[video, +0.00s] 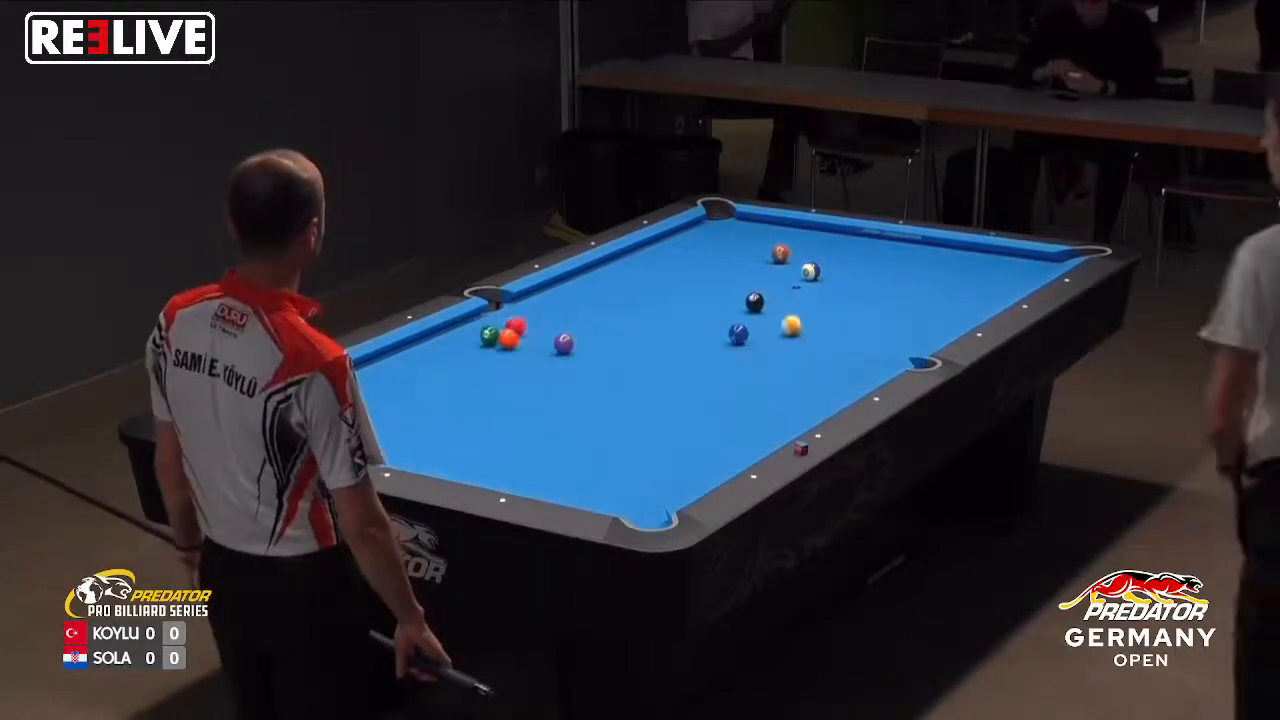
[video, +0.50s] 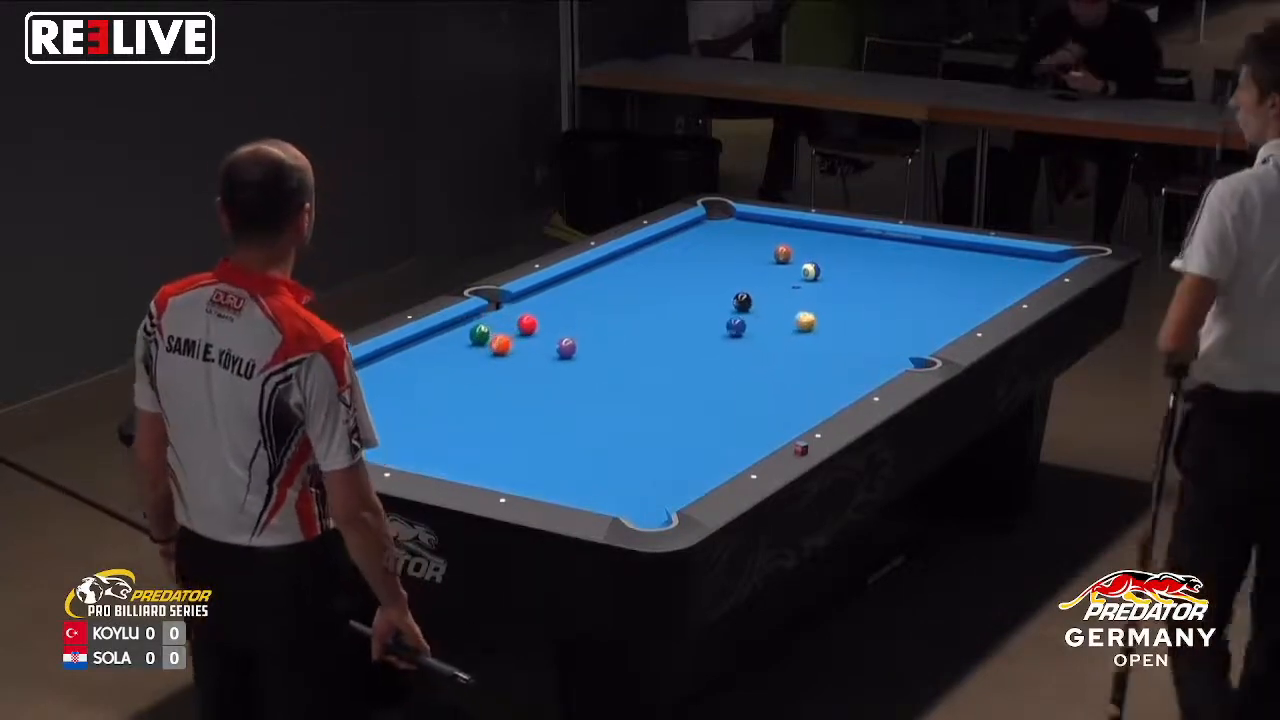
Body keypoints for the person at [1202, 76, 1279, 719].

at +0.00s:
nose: (1266, 144)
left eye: (1268, 130)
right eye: (1269, 130)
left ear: (1273, 141)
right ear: (1274, 143)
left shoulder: (1262, 258)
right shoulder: (1258, 258)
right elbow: (1229, 403)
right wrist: (1237, 469)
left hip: (1271, 480)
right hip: (1269, 477)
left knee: (1263, 636)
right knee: (1260, 635)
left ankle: (1258, 705)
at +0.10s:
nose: (1246, 140)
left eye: (1249, 126)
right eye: (1250, 126)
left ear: (1264, 128)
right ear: (1274, 129)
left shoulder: (1243, 245)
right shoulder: (1242, 245)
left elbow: (1194, 399)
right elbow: (1196, 397)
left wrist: (1210, 443)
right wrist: (1213, 439)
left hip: (1257, 467)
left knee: (1253, 650)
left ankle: (1251, 708)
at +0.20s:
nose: (1238, 137)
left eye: (1242, 123)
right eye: (1241, 123)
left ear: (1264, 128)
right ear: (1274, 129)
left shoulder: (1234, 238)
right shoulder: (1236, 238)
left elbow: (1181, 388)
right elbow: (1183, 386)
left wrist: (1197, 427)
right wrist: (1199, 421)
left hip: (1251, 458)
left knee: (1249, 651)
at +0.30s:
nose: (1233, 132)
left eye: (1239, 117)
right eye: (1237, 116)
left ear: (1264, 126)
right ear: (1274, 127)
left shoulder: (1230, 226)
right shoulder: (1235, 226)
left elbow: (1172, 375)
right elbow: (1173, 375)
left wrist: (1193, 423)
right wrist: (1196, 420)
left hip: (1243, 443)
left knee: (1242, 626)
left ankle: (1242, 707)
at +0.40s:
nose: (1234, 119)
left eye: (1241, 105)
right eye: (1238, 104)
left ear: (1266, 118)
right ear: (1272, 120)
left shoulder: (1235, 217)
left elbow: (1174, 362)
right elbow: (1175, 362)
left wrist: (1184, 388)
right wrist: (1191, 381)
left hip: (1241, 434)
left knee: (1227, 614)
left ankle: (1232, 705)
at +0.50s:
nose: (1236, 104)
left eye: (1242, 90)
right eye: (1239, 90)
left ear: (1268, 99)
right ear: (1277, 101)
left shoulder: (1239, 195)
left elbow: (1177, 334)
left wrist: (1177, 365)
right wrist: (1188, 355)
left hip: (1237, 411)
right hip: (1270, 407)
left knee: (1200, 594)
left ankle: (1206, 707)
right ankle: (1258, 706)